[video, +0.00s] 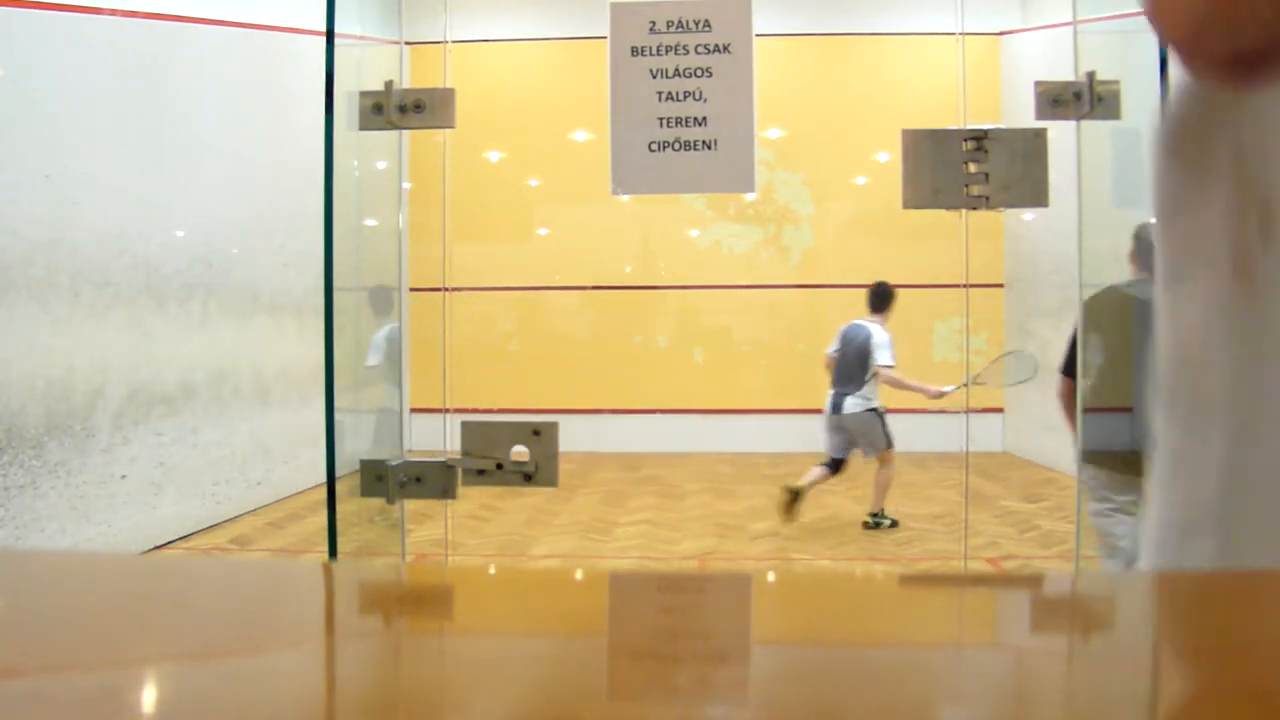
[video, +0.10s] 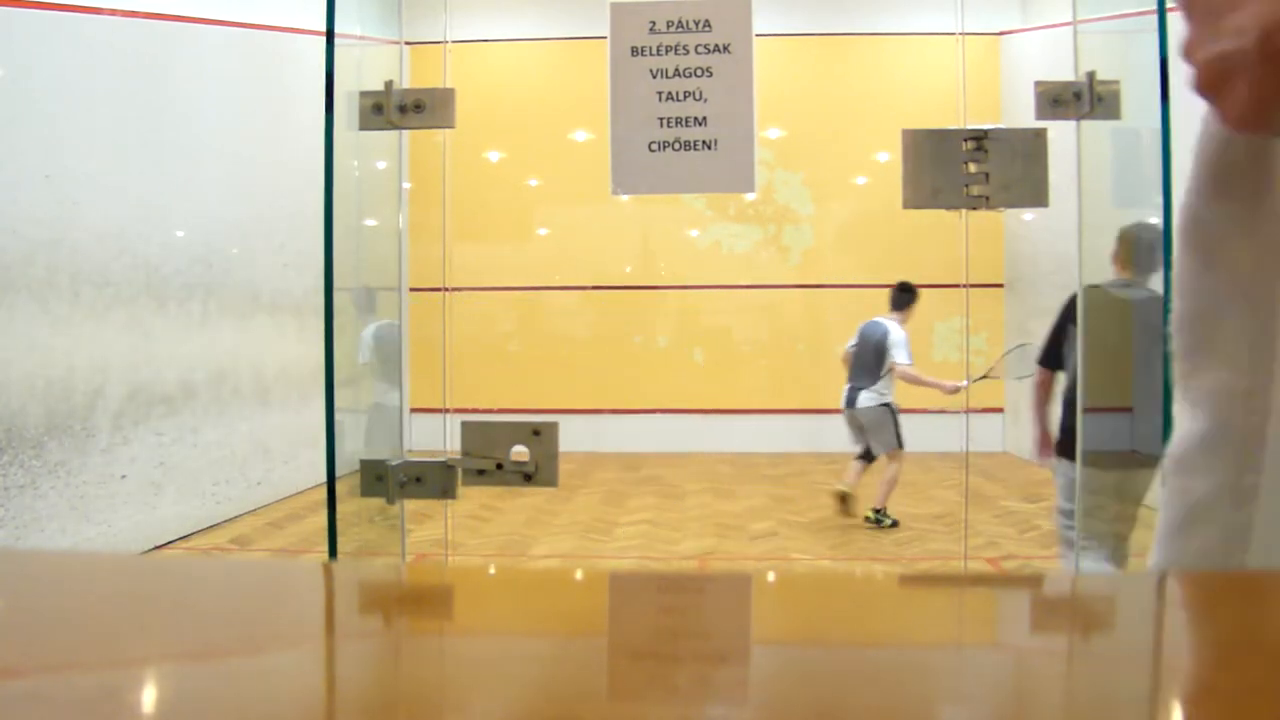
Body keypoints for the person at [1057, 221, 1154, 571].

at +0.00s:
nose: (1131, 257)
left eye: (1133, 252)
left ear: (1133, 257)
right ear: (1173, 259)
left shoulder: (1102, 306)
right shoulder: (1187, 305)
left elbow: (1067, 388)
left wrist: (1085, 440)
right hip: (1174, 452)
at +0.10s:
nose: (1113, 255)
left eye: (1115, 249)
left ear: (1116, 255)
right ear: (1158, 264)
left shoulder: (1084, 302)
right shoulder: (1165, 310)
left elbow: (1045, 373)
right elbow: (1178, 380)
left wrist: (1042, 431)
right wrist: (1170, 437)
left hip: (1085, 446)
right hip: (1144, 448)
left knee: (1078, 541)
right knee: (1115, 541)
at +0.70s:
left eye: (986, 268)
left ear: (985, 272)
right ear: (1018, 278)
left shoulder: (954, 307)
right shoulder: (1024, 320)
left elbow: (910, 355)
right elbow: (1039, 379)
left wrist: (885, 402)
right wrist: (1045, 417)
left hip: (949, 421)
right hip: (1002, 422)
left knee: (945, 497)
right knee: (1025, 501)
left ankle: (945, 570)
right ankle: (1046, 574)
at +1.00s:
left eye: (950, 297)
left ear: (945, 300)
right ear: (976, 306)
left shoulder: (913, 333)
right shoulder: (982, 346)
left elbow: (885, 369)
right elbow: (1017, 400)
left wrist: (865, 414)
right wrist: (1053, 437)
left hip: (911, 435)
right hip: (964, 439)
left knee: (874, 489)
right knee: (1000, 490)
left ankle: (835, 555)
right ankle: (1022, 555)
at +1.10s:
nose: (989, 328)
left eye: (982, 320)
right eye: (989, 323)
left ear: (957, 321)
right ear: (986, 327)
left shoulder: (927, 347)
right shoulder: (988, 363)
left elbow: (895, 379)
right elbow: (1033, 412)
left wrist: (883, 420)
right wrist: (1080, 444)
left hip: (911, 442)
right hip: (962, 447)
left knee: (872, 493)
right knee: (1002, 488)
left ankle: (839, 553)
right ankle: (1023, 551)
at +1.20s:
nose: (1006, 340)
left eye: (1000, 333)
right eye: (1017, 338)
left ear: (991, 334)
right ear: (1020, 344)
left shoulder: (960, 354)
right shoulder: (1021, 381)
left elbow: (923, 375)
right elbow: (1070, 416)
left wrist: (900, 414)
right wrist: (1121, 439)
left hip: (919, 442)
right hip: (969, 452)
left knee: (875, 494)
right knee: (1009, 486)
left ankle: (841, 552)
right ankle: (1029, 552)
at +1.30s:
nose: (1060, 370)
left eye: (1053, 360)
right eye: (1060, 366)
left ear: (1030, 356)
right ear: (1055, 369)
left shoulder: (995, 366)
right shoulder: (1050, 400)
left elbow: (946, 373)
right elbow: (1104, 424)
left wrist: (911, 406)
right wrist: (1150, 432)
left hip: (930, 435)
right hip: (976, 447)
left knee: (889, 496)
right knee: (1024, 482)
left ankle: (843, 555)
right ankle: (1032, 553)